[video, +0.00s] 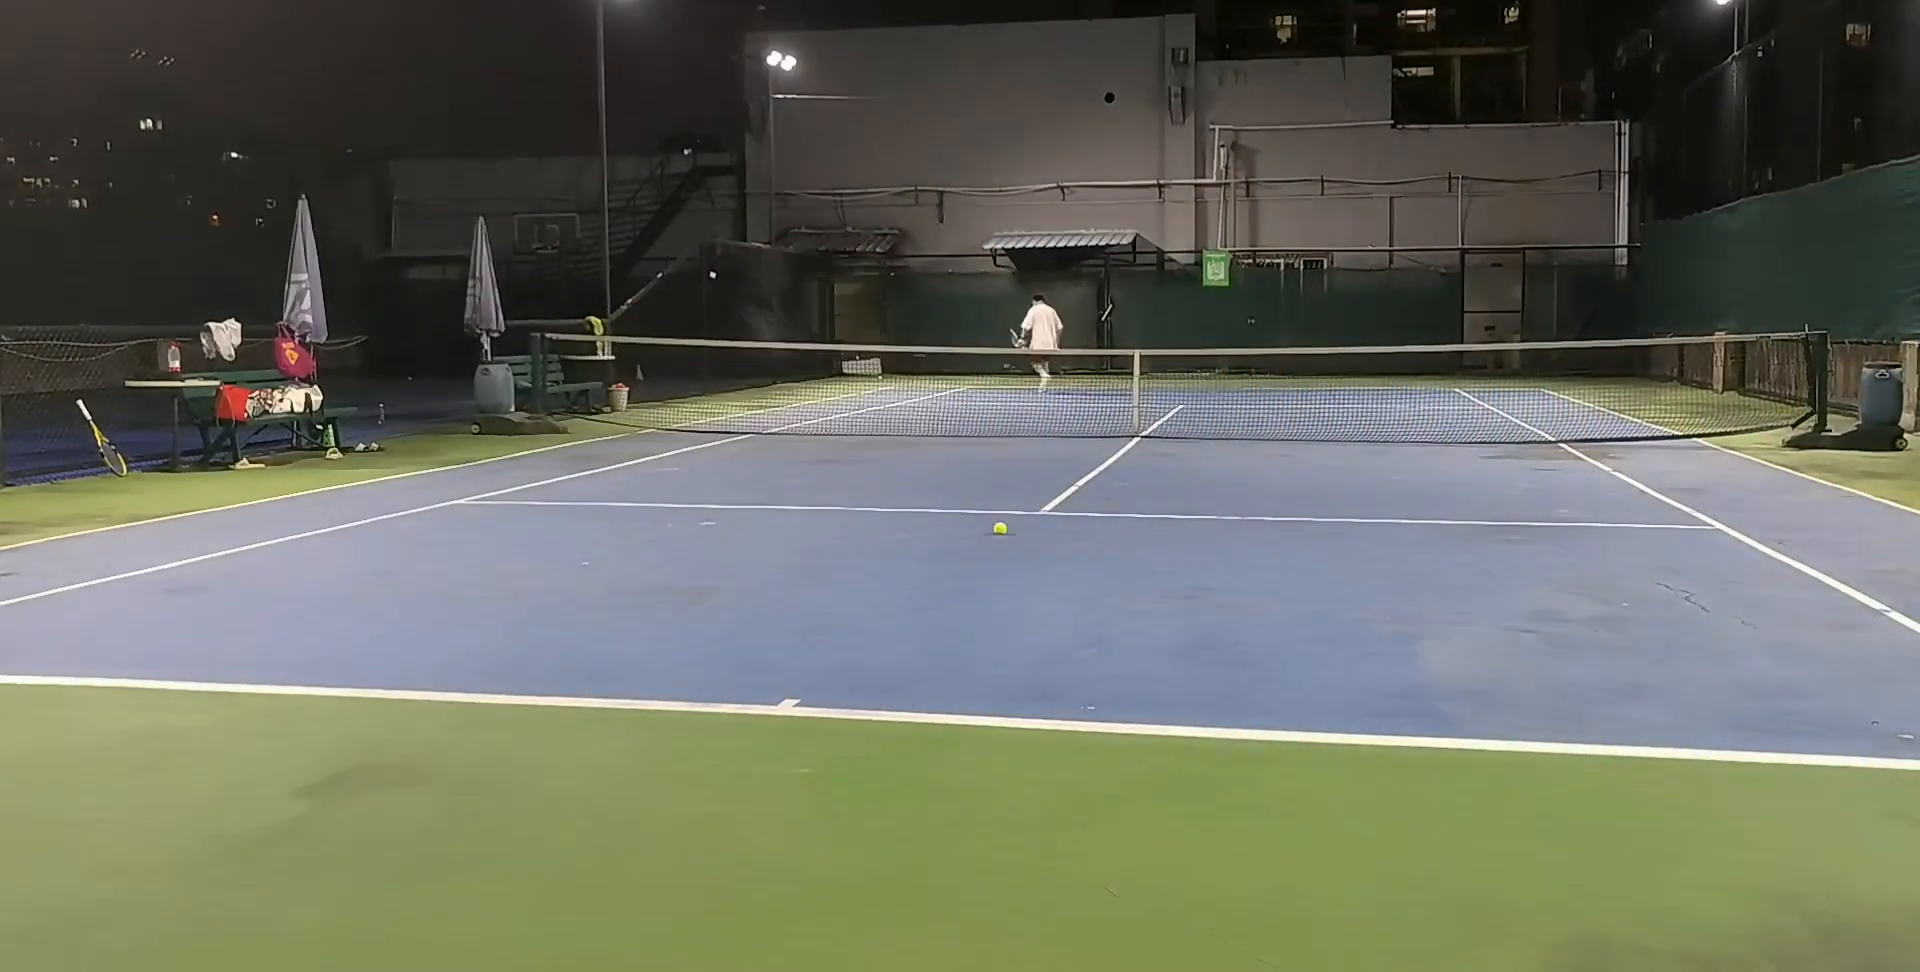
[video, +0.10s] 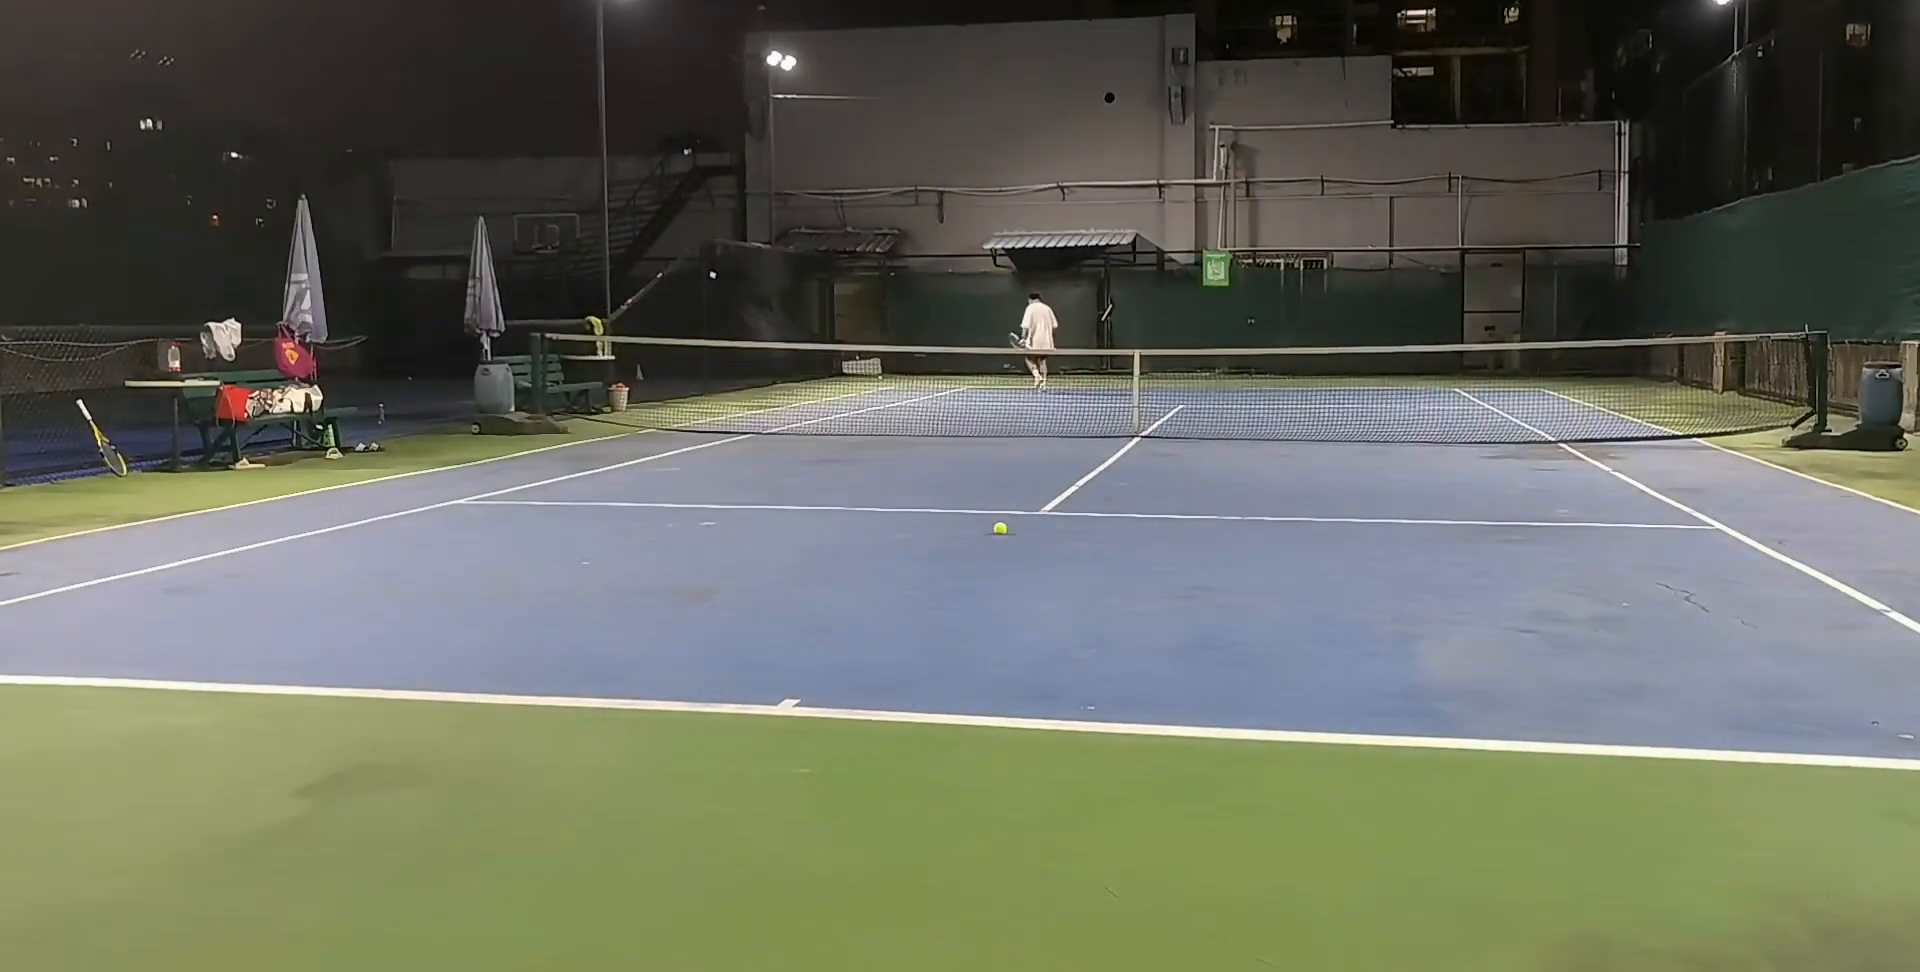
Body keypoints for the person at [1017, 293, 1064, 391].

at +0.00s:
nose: (1033, 304)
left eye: (1033, 302)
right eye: (1033, 302)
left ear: (1034, 302)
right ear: (1044, 301)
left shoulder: (1033, 310)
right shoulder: (1051, 310)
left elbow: (1026, 327)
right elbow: (1060, 327)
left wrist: (1023, 338)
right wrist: (1056, 340)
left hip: (1037, 344)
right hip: (1051, 344)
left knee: (1035, 360)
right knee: (1045, 361)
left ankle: (1044, 374)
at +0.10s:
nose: (1028, 302)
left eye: (1029, 301)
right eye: (1029, 301)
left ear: (1031, 300)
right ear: (1039, 299)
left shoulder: (1030, 308)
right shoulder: (1047, 308)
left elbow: (1025, 326)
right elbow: (1054, 325)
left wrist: (1023, 338)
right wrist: (1049, 336)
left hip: (1034, 340)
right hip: (1046, 340)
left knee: (1029, 358)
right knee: (1043, 360)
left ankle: (1036, 375)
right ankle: (1044, 381)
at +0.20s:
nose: (1024, 303)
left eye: (1024, 301)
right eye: (1024, 301)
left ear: (1028, 300)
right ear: (1034, 299)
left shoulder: (1027, 308)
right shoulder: (1043, 307)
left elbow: (1024, 326)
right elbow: (1050, 324)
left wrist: (1024, 339)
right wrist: (1043, 333)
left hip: (1031, 341)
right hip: (1043, 341)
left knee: (1024, 358)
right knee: (1041, 362)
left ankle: (1027, 381)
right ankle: (1043, 384)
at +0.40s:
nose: (1013, 305)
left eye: (1013, 303)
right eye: (1013, 303)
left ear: (1017, 302)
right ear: (1023, 301)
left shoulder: (1017, 311)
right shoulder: (1031, 310)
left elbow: (1017, 329)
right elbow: (1038, 326)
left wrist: (1014, 341)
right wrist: (1031, 334)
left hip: (1022, 343)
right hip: (1034, 342)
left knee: (1017, 362)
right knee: (1033, 361)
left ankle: (1017, 381)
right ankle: (1040, 379)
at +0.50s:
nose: (1008, 304)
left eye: (1009, 302)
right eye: (1008, 302)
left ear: (1012, 300)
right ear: (1018, 299)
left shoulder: (1012, 310)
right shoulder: (1028, 309)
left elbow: (1010, 328)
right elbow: (1034, 326)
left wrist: (1010, 340)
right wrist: (1026, 332)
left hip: (1017, 341)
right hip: (1028, 341)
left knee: (1015, 362)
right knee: (1026, 360)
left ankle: (1016, 381)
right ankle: (1033, 374)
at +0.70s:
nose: (1001, 302)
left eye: (1002, 300)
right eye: (1001, 300)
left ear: (1004, 299)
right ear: (1012, 299)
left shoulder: (1002, 310)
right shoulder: (1020, 309)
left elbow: (995, 326)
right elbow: (1028, 325)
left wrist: (992, 340)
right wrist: (1030, 340)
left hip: (1007, 342)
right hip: (1020, 342)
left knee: (1012, 361)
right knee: (1012, 361)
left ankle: (1016, 380)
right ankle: (1011, 379)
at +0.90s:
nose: (995, 303)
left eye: (995, 301)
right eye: (996, 301)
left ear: (996, 301)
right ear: (1006, 301)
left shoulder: (994, 312)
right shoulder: (1012, 312)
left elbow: (986, 328)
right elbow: (1019, 328)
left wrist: (982, 339)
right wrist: (1020, 341)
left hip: (998, 343)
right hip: (1011, 343)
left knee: (998, 359)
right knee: (1006, 359)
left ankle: (1006, 371)